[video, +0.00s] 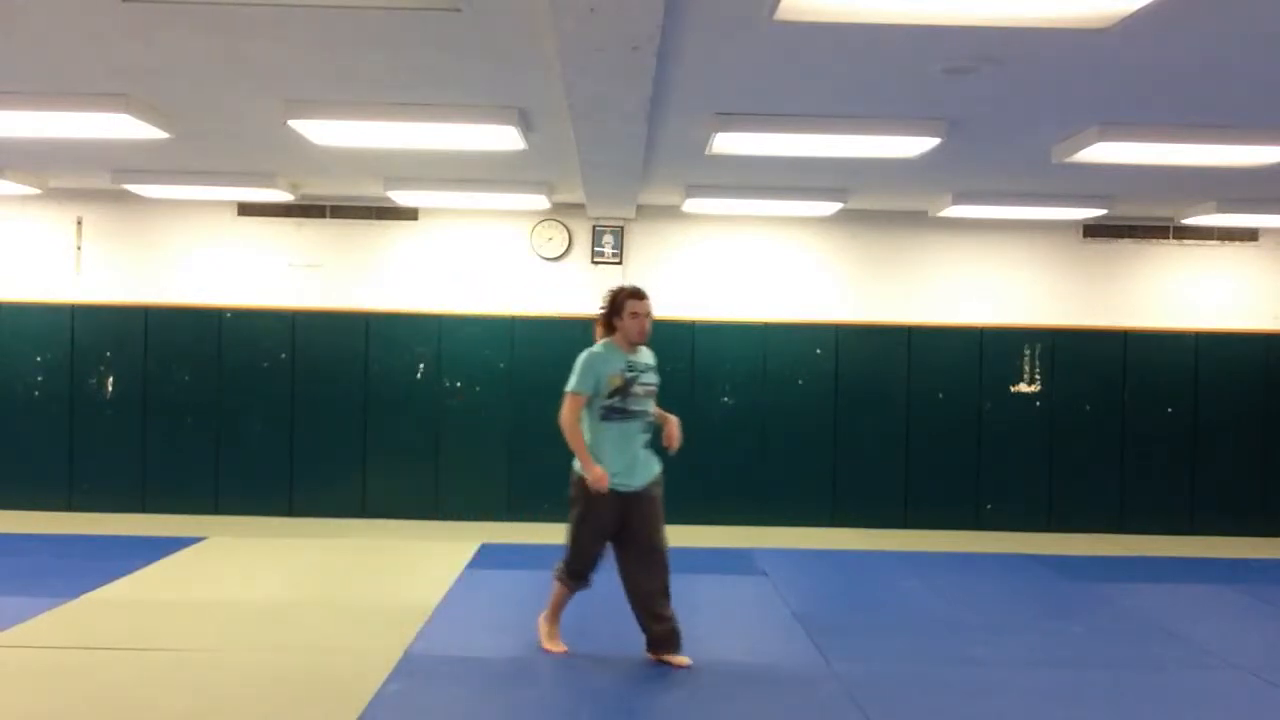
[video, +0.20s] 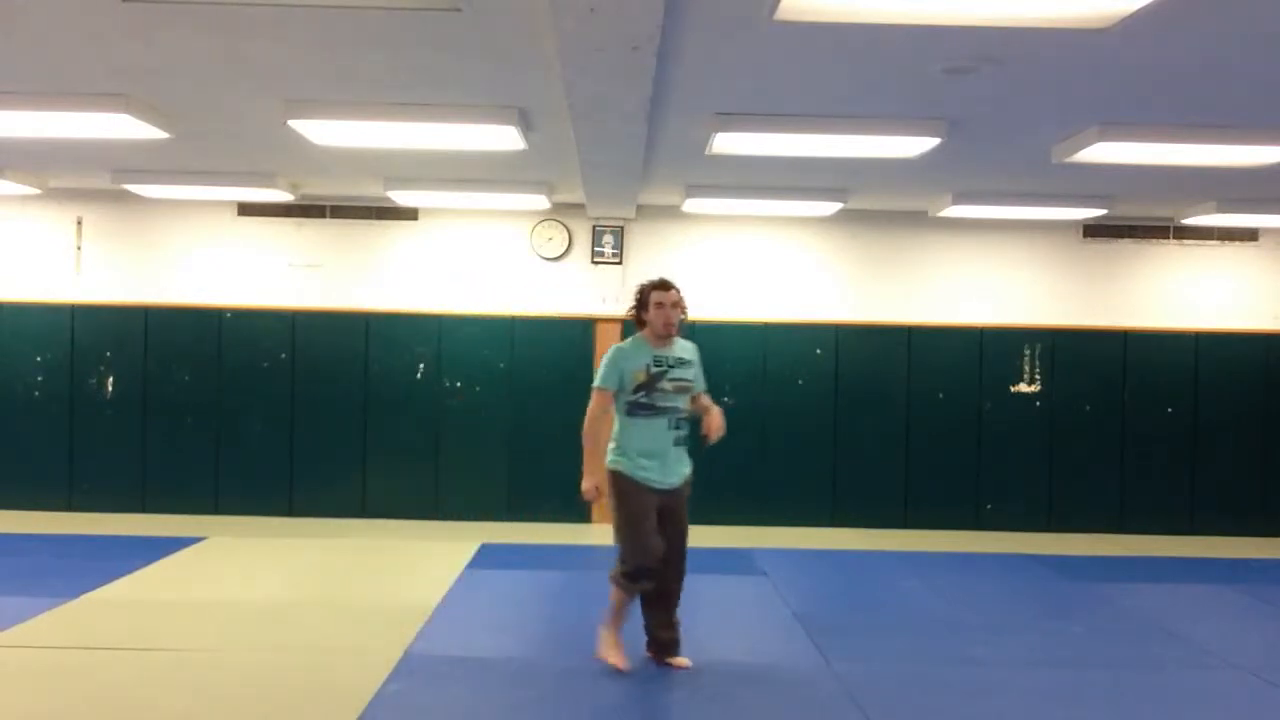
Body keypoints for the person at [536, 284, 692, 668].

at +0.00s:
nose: (644, 323)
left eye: (647, 316)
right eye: (635, 316)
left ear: (650, 320)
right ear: (615, 320)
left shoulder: (647, 358)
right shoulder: (595, 358)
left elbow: (638, 404)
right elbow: (568, 416)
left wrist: (667, 418)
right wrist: (589, 465)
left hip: (642, 480)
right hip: (600, 479)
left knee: (650, 563)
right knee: (580, 561)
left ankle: (662, 643)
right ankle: (549, 620)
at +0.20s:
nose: (669, 314)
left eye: (675, 306)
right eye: (660, 307)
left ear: (682, 312)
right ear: (643, 313)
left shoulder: (689, 352)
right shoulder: (622, 354)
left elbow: (696, 396)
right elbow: (598, 412)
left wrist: (711, 410)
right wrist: (590, 472)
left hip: (675, 471)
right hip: (631, 470)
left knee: (671, 562)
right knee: (643, 555)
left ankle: (663, 644)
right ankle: (611, 630)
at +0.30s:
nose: (678, 314)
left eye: (684, 306)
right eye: (669, 307)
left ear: (692, 312)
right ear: (653, 314)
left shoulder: (703, 354)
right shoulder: (632, 356)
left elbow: (716, 396)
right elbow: (605, 413)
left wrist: (728, 407)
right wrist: (600, 473)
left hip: (686, 475)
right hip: (641, 473)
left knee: (679, 566)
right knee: (655, 565)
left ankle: (666, 644)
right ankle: (657, 660)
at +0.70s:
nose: (695, 308)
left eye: (702, 299)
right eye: (685, 301)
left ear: (712, 305)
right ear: (671, 308)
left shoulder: (729, 350)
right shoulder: (652, 358)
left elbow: (743, 409)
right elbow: (634, 424)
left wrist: (756, 468)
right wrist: (643, 484)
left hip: (730, 487)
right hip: (676, 490)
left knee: (742, 576)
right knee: (680, 589)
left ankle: (718, 653)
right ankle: (688, 677)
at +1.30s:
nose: (741, 303)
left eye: (750, 293)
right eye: (732, 294)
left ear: (764, 300)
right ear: (718, 303)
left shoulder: (792, 354)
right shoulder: (699, 359)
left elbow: (816, 418)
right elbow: (682, 426)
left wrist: (830, 476)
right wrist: (678, 483)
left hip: (775, 511)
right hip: (710, 509)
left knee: (768, 625)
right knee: (705, 609)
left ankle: (757, 714)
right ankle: (700, 690)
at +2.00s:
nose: (713, 292)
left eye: (723, 281)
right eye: (702, 284)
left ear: (741, 290)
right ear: (690, 296)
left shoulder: (779, 341)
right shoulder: (680, 357)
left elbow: (811, 414)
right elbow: (672, 435)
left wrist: (774, 431)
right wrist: (674, 502)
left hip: (775, 523)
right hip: (703, 527)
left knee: (789, 648)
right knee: (709, 655)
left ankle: (794, 718)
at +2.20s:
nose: (732, 297)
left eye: (743, 286)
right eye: (722, 288)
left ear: (763, 295)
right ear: (711, 299)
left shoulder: (796, 347)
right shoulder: (705, 358)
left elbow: (812, 423)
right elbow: (695, 436)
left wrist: (750, 366)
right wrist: (685, 507)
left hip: (772, 525)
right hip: (707, 524)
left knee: (766, 658)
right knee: (706, 660)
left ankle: (774, 717)